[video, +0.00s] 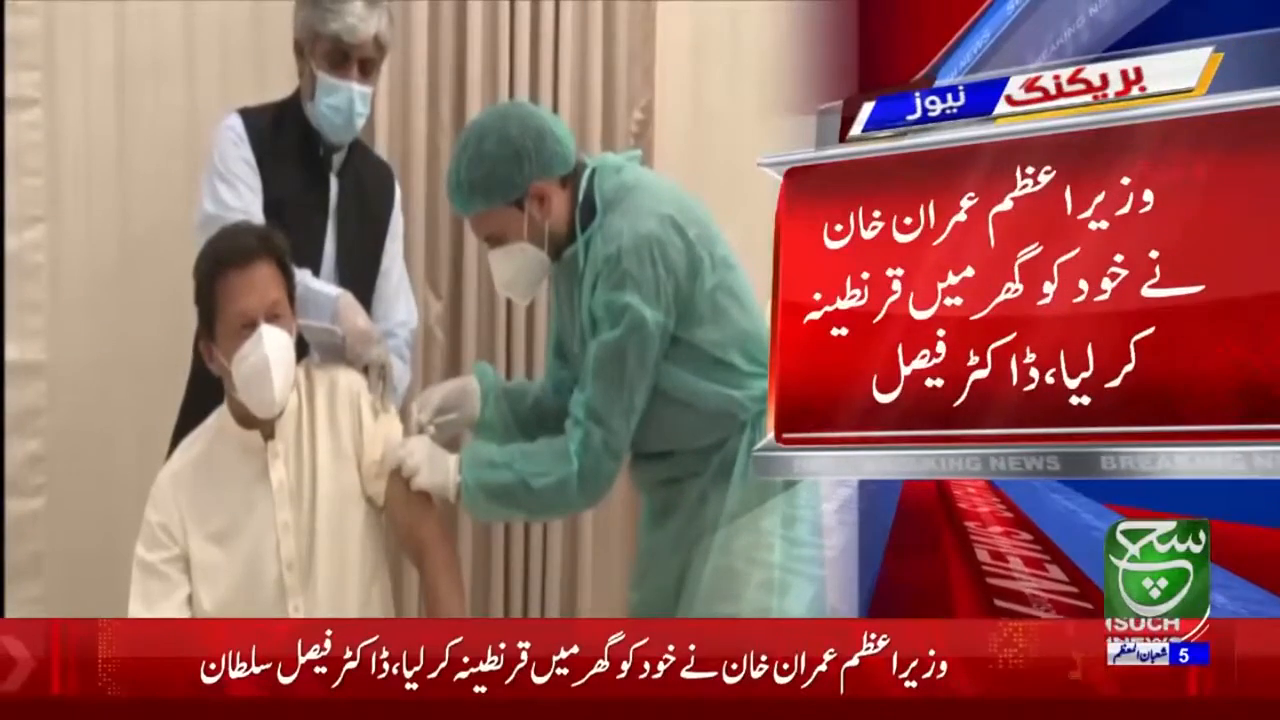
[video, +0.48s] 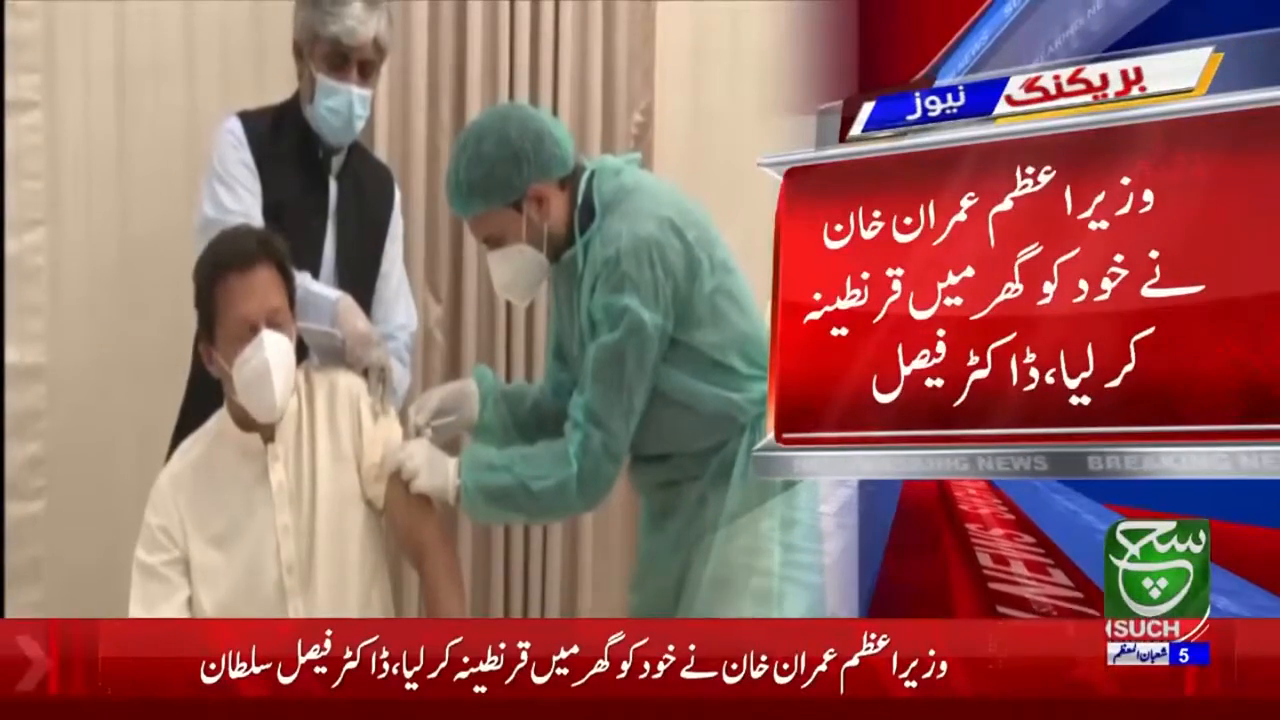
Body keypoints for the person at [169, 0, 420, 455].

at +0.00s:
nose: (352, 83)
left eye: (367, 67)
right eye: (336, 62)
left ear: (382, 68)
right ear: (302, 52)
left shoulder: (380, 179)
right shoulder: (244, 136)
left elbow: (395, 315)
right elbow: (233, 260)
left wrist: (377, 409)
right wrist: (334, 306)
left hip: (335, 406)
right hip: (239, 390)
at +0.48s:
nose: (351, 85)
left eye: (366, 69)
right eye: (335, 64)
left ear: (381, 71)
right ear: (301, 55)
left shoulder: (379, 183)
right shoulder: (245, 138)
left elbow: (395, 318)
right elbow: (233, 262)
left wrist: (377, 406)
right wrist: (334, 309)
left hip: (335, 411)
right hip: (238, 395)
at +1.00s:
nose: (351, 93)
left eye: (366, 77)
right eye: (336, 72)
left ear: (380, 81)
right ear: (301, 64)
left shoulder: (379, 192)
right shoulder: (246, 147)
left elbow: (396, 327)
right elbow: (235, 271)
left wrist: (379, 423)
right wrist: (338, 320)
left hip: (335, 420)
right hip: (242, 399)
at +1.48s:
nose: (352, 101)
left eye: (367, 85)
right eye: (337, 80)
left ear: (382, 88)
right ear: (302, 72)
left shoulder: (380, 200)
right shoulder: (246, 155)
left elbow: (397, 336)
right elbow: (235, 277)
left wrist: (380, 428)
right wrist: (339, 329)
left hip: (339, 428)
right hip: (244, 410)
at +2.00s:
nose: (355, 109)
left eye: (371, 93)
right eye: (341, 87)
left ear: (385, 93)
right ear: (305, 75)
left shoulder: (382, 204)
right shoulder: (248, 158)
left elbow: (398, 340)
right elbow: (235, 281)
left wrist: (382, 424)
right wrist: (342, 333)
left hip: (341, 427)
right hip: (244, 416)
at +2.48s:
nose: (359, 113)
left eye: (374, 96)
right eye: (344, 90)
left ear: (387, 94)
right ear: (308, 76)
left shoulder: (383, 204)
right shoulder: (250, 158)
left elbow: (398, 340)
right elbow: (236, 284)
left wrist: (380, 431)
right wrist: (342, 333)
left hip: (341, 431)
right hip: (246, 414)